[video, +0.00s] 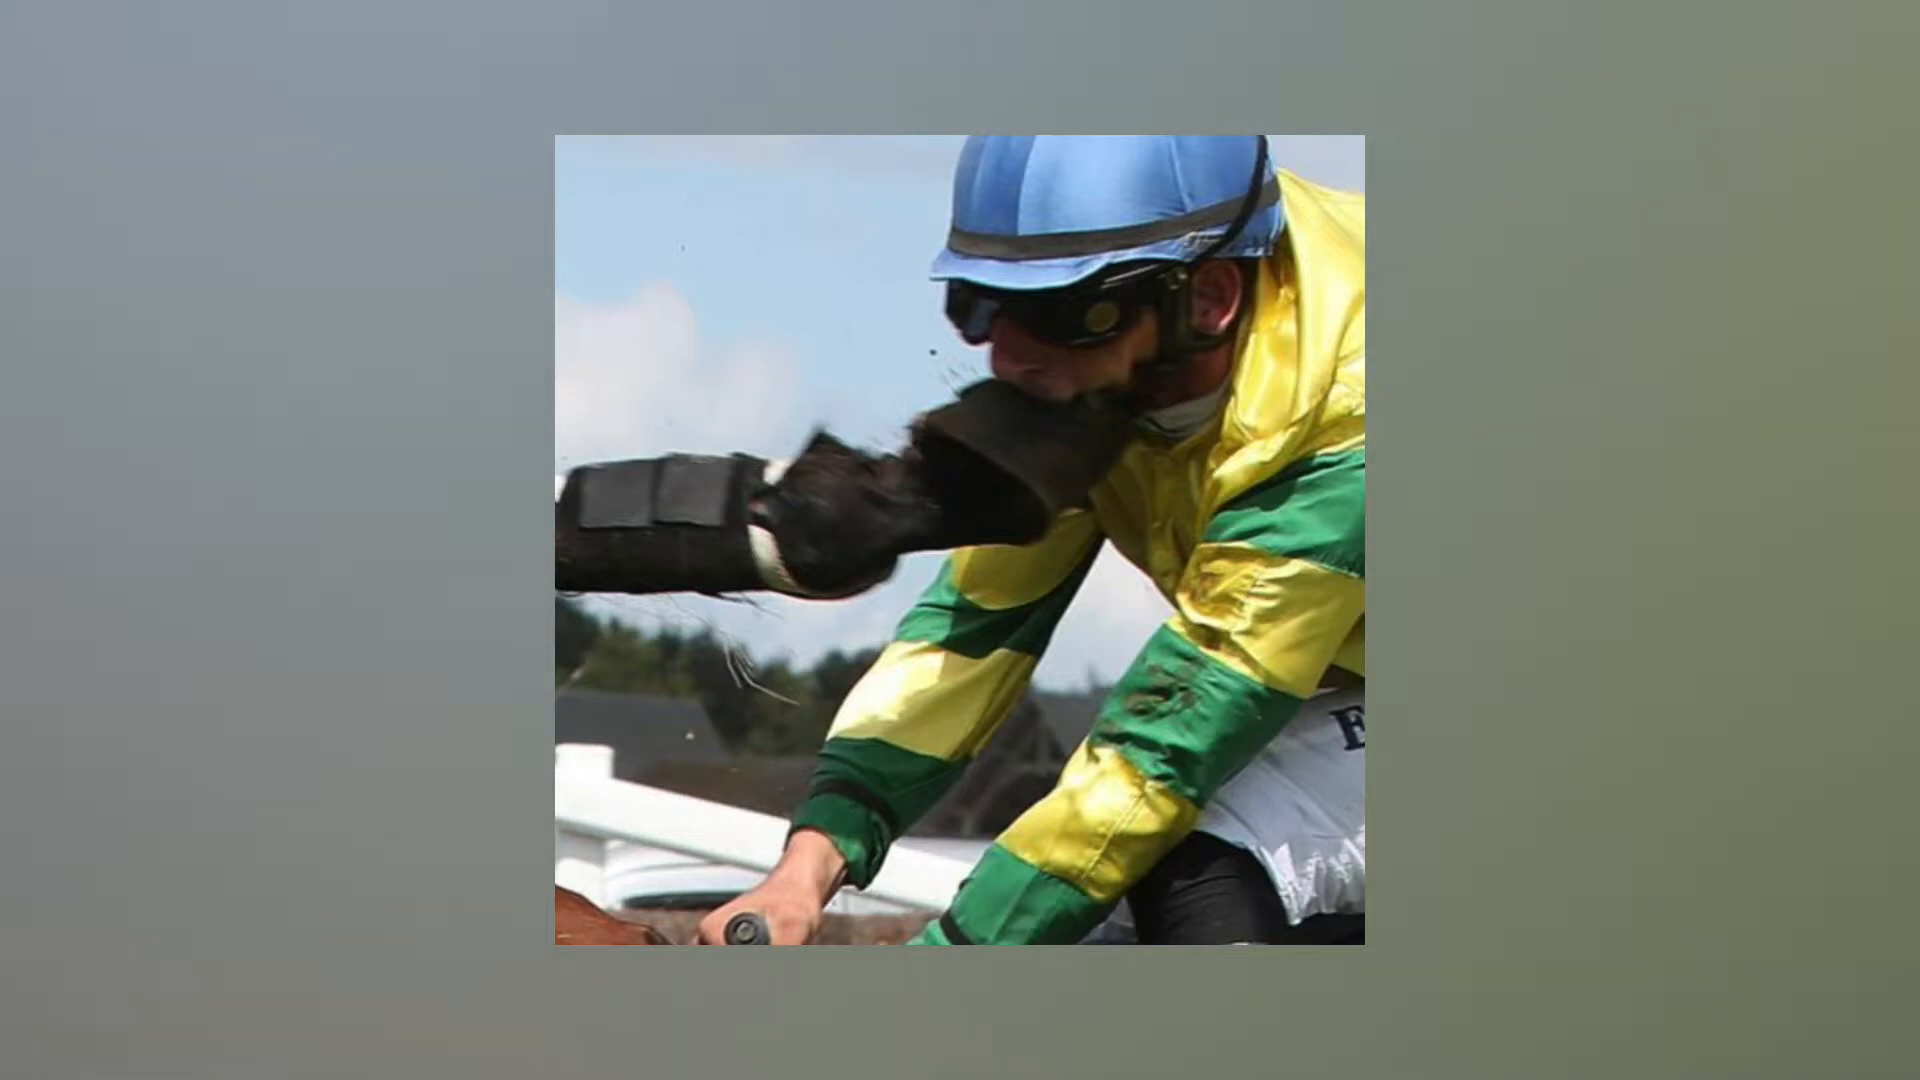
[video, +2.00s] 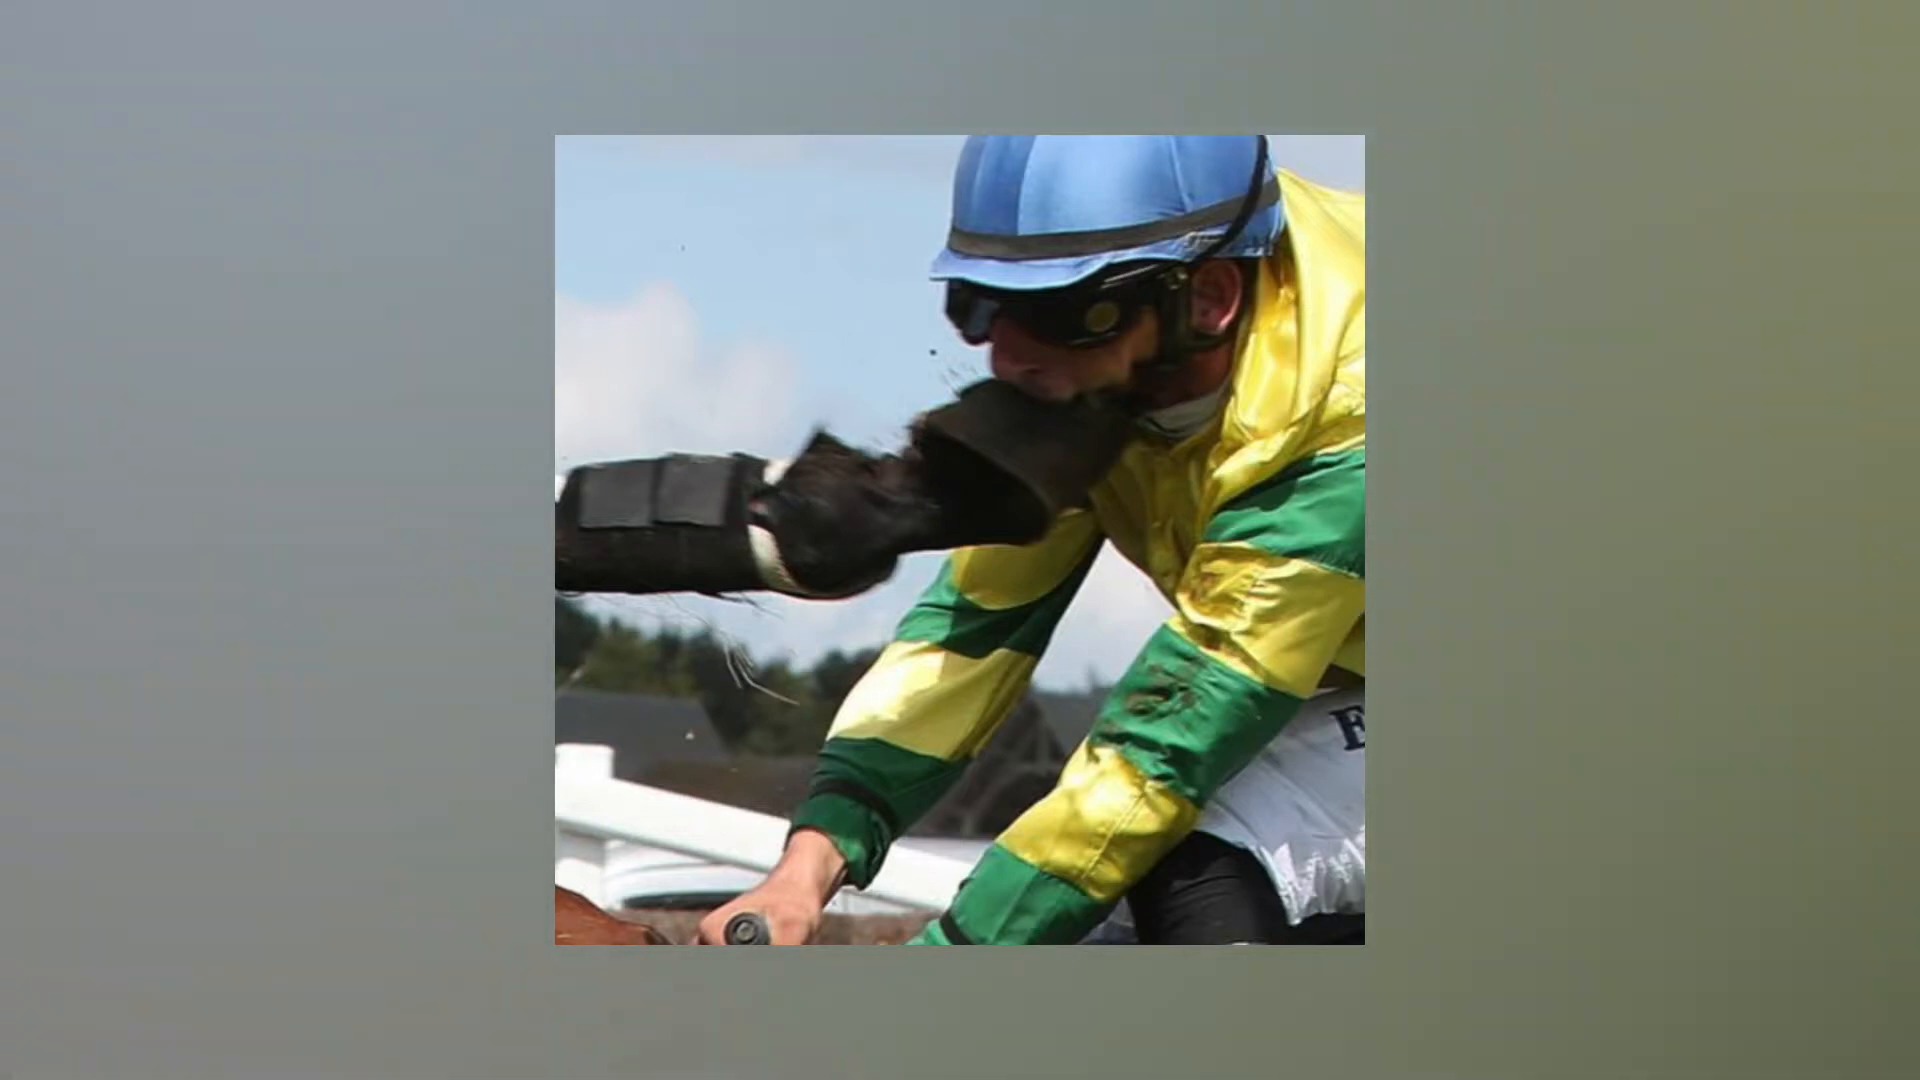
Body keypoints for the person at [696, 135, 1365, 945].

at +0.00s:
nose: (1005, 358)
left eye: (1056, 318)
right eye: (987, 309)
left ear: (1209, 299)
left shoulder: (1341, 429)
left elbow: (1159, 752)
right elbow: (969, 623)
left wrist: (932, 966)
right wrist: (804, 871)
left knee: (1204, 862)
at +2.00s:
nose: (1005, 359)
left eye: (1054, 319)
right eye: (988, 309)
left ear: (1209, 299)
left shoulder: (1342, 427)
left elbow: (1160, 752)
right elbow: (969, 623)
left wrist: (932, 968)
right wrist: (804, 872)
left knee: (1204, 862)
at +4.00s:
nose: (1005, 358)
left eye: (1055, 318)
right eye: (988, 309)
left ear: (1210, 299)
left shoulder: (1341, 428)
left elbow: (1159, 752)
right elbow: (969, 624)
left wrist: (932, 963)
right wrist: (804, 872)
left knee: (1203, 861)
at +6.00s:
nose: (1005, 358)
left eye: (1056, 319)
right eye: (989, 310)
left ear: (1209, 298)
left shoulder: (1341, 429)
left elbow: (1161, 751)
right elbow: (969, 623)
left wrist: (934, 965)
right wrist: (805, 871)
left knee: (1204, 864)